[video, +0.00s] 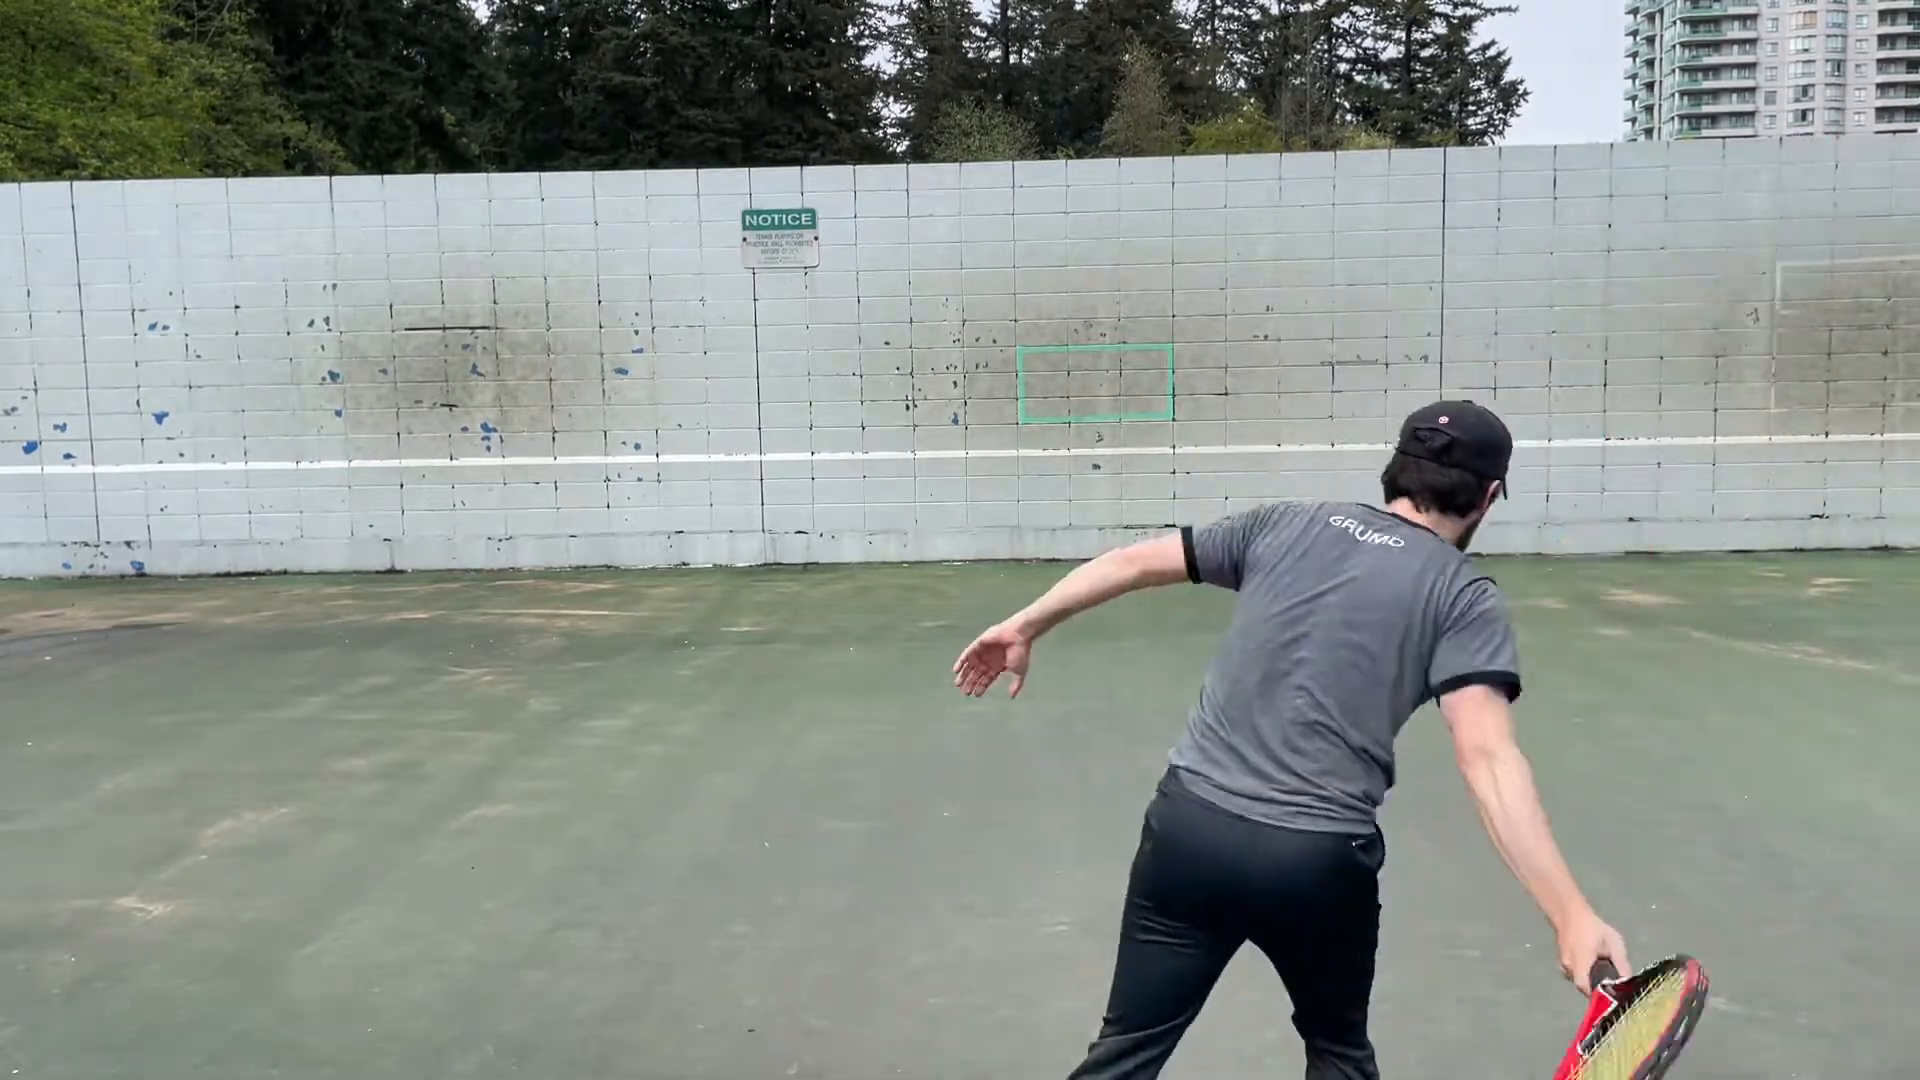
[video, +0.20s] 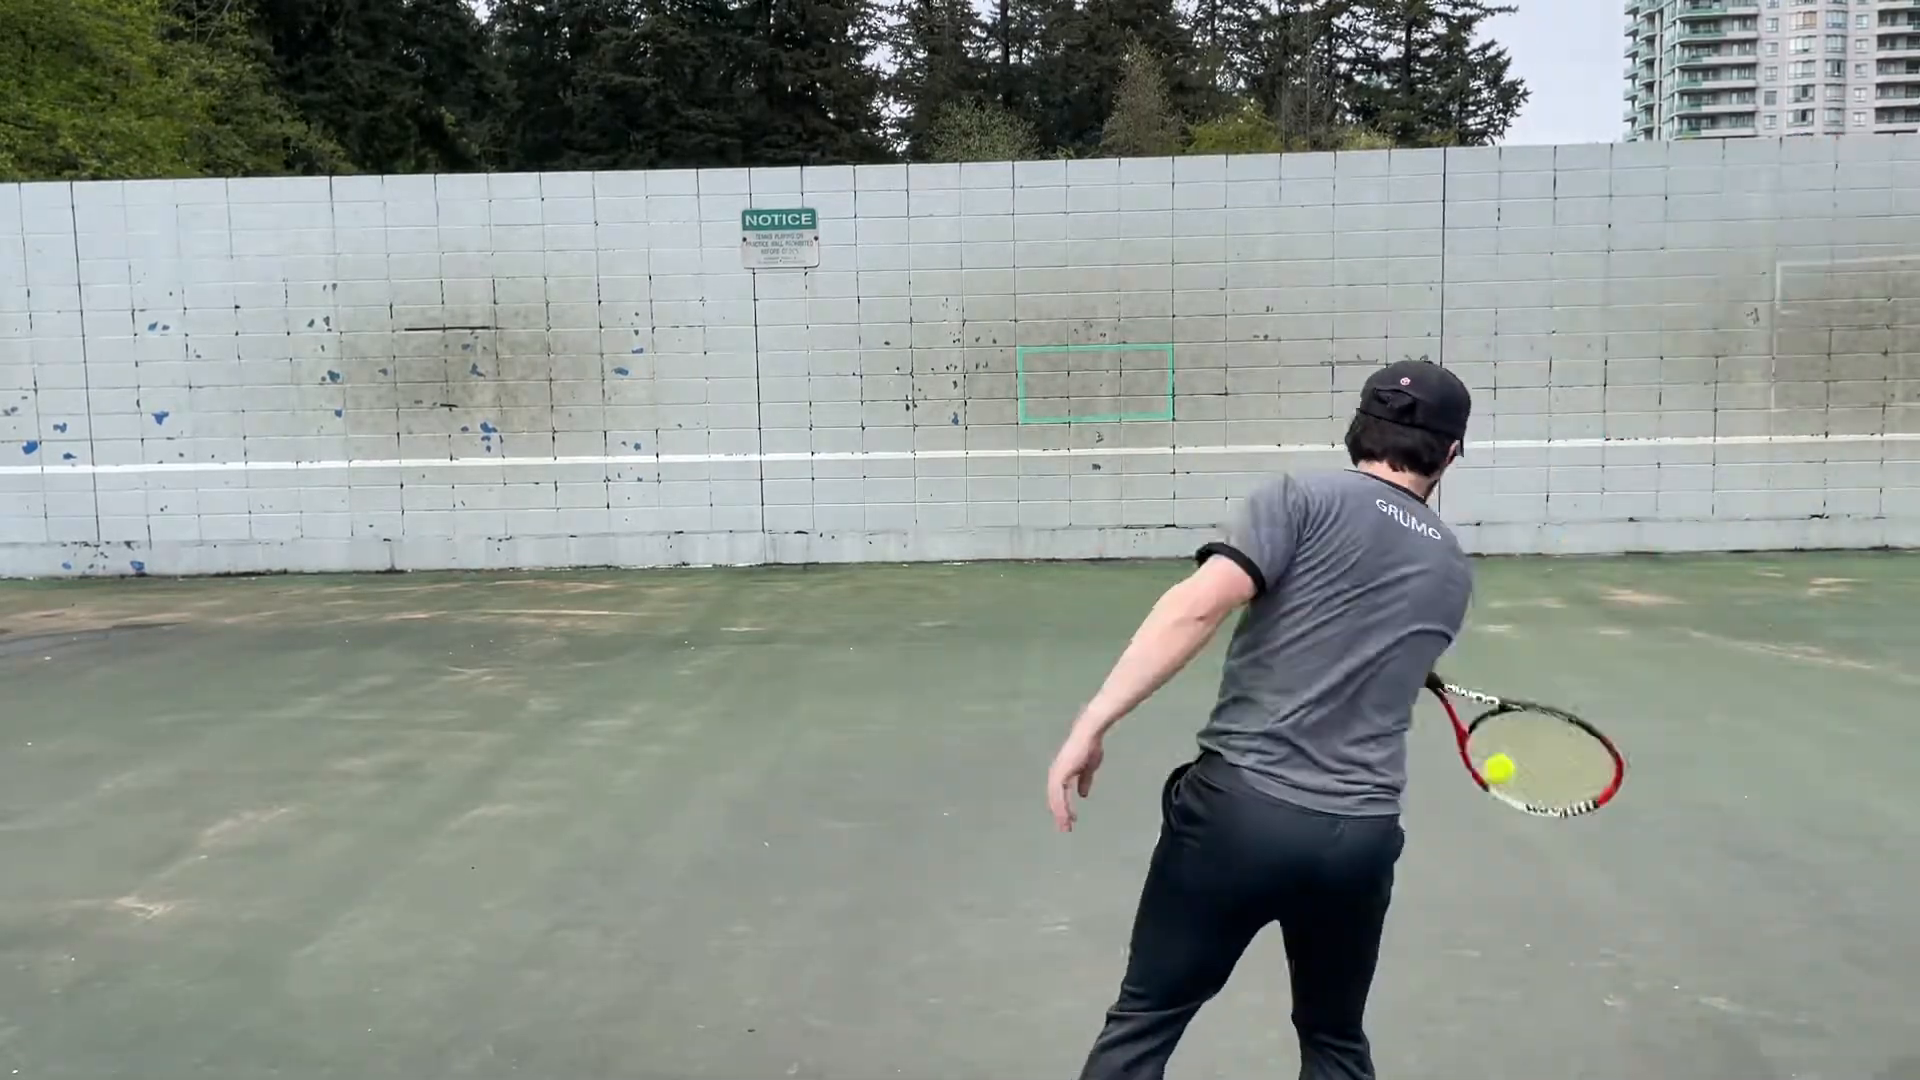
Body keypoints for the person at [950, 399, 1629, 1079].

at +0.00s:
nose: (1492, 509)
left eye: (1493, 493)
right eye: (1495, 496)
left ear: (1394, 472)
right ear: (1484, 500)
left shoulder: (1289, 525)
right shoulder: (1460, 591)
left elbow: (1136, 560)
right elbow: (1488, 758)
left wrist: (1024, 622)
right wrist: (1574, 918)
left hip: (1189, 830)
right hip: (1318, 863)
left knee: (1124, 1047)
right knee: (1339, 1047)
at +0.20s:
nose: (1457, 453)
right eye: (1458, 442)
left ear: (1356, 429)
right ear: (1449, 452)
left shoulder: (1295, 500)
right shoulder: (1452, 566)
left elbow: (1199, 605)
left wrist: (1093, 722)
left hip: (1235, 819)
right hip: (1356, 844)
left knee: (1144, 1019)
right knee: (1336, 1037)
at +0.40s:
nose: (1308, 361)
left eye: (1312, 352)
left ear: (1313, 365)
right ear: (1404, 387)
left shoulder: (1301, 474)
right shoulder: (1417, 489)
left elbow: (1298, 631)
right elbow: (1295, 512)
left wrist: (1225, 787)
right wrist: (1190, 451)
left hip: (1276, 788)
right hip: (1377, 798)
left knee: (1174, 1019)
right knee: (1334, 1027)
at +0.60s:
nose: (1245, 354)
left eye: (1248, 343)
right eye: (1258, 342)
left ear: (1253, 358)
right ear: (1349, 366)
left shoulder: (1275, 480)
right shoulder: (1371, 468)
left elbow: (1287, 654)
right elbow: (1217, 499)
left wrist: (1185, 773)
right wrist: (1093, 508)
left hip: (1262, 791)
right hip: (1361, 790)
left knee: (1163, 1020)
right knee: (1331, 1029)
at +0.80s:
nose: (1158, 364)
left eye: (1161, 353)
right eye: (1166, 351)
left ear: (1168, 370)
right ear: (1264, 374)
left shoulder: (1183, 502)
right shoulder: (1301, 482)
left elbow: (1211, 676)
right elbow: (1236, 614)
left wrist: (1111, 751)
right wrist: (1114, 668)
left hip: (1195, 811)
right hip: (1302, 800)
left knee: (1137, 1048)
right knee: (1303, 1037)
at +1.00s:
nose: (1058, 373)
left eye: (1061, 365)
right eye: (1064, 363)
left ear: (1066, 385)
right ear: (1158, 382)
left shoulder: (1064, 514)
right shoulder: (1221, 496)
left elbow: (1056, 699)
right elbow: (1259, 660)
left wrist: (997, 739)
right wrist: (1171, 694)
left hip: (1109, 817)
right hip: (1216, 805)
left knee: (1091, 1056)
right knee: (1204, 1013)